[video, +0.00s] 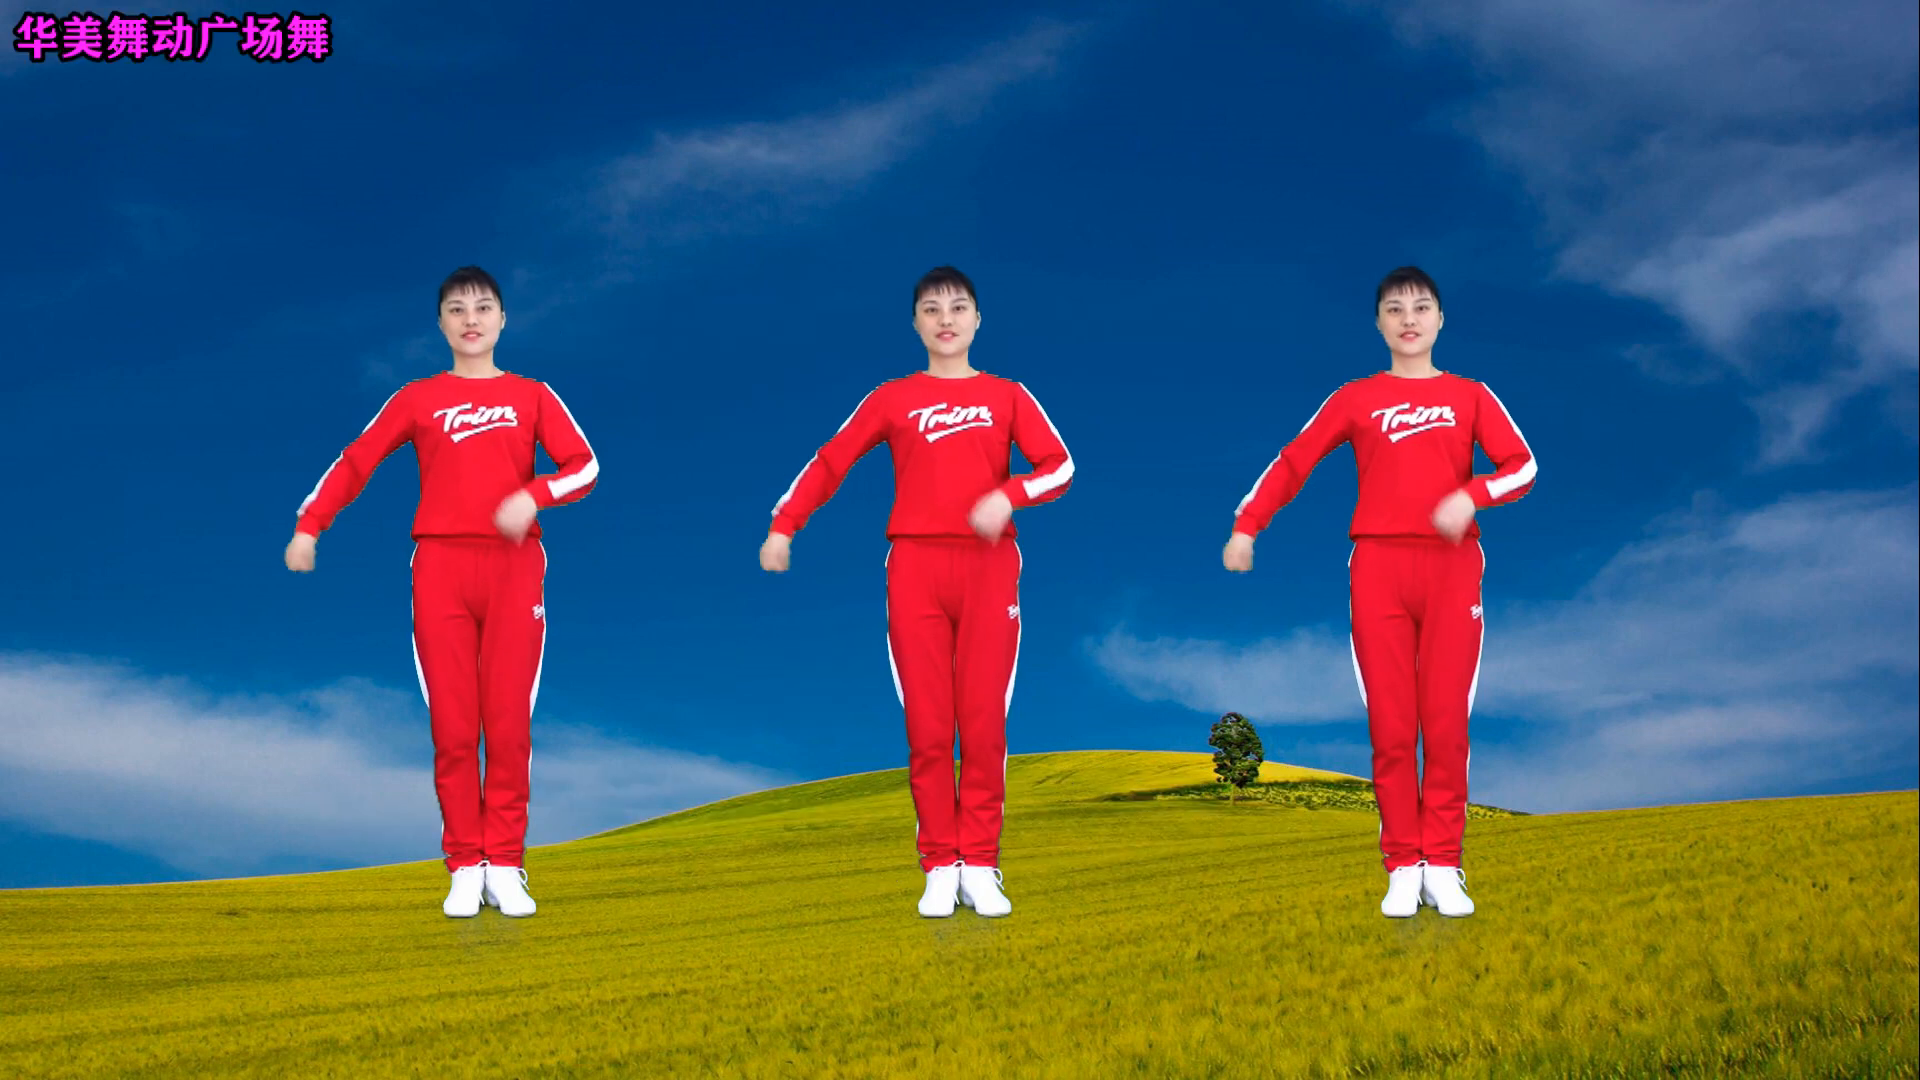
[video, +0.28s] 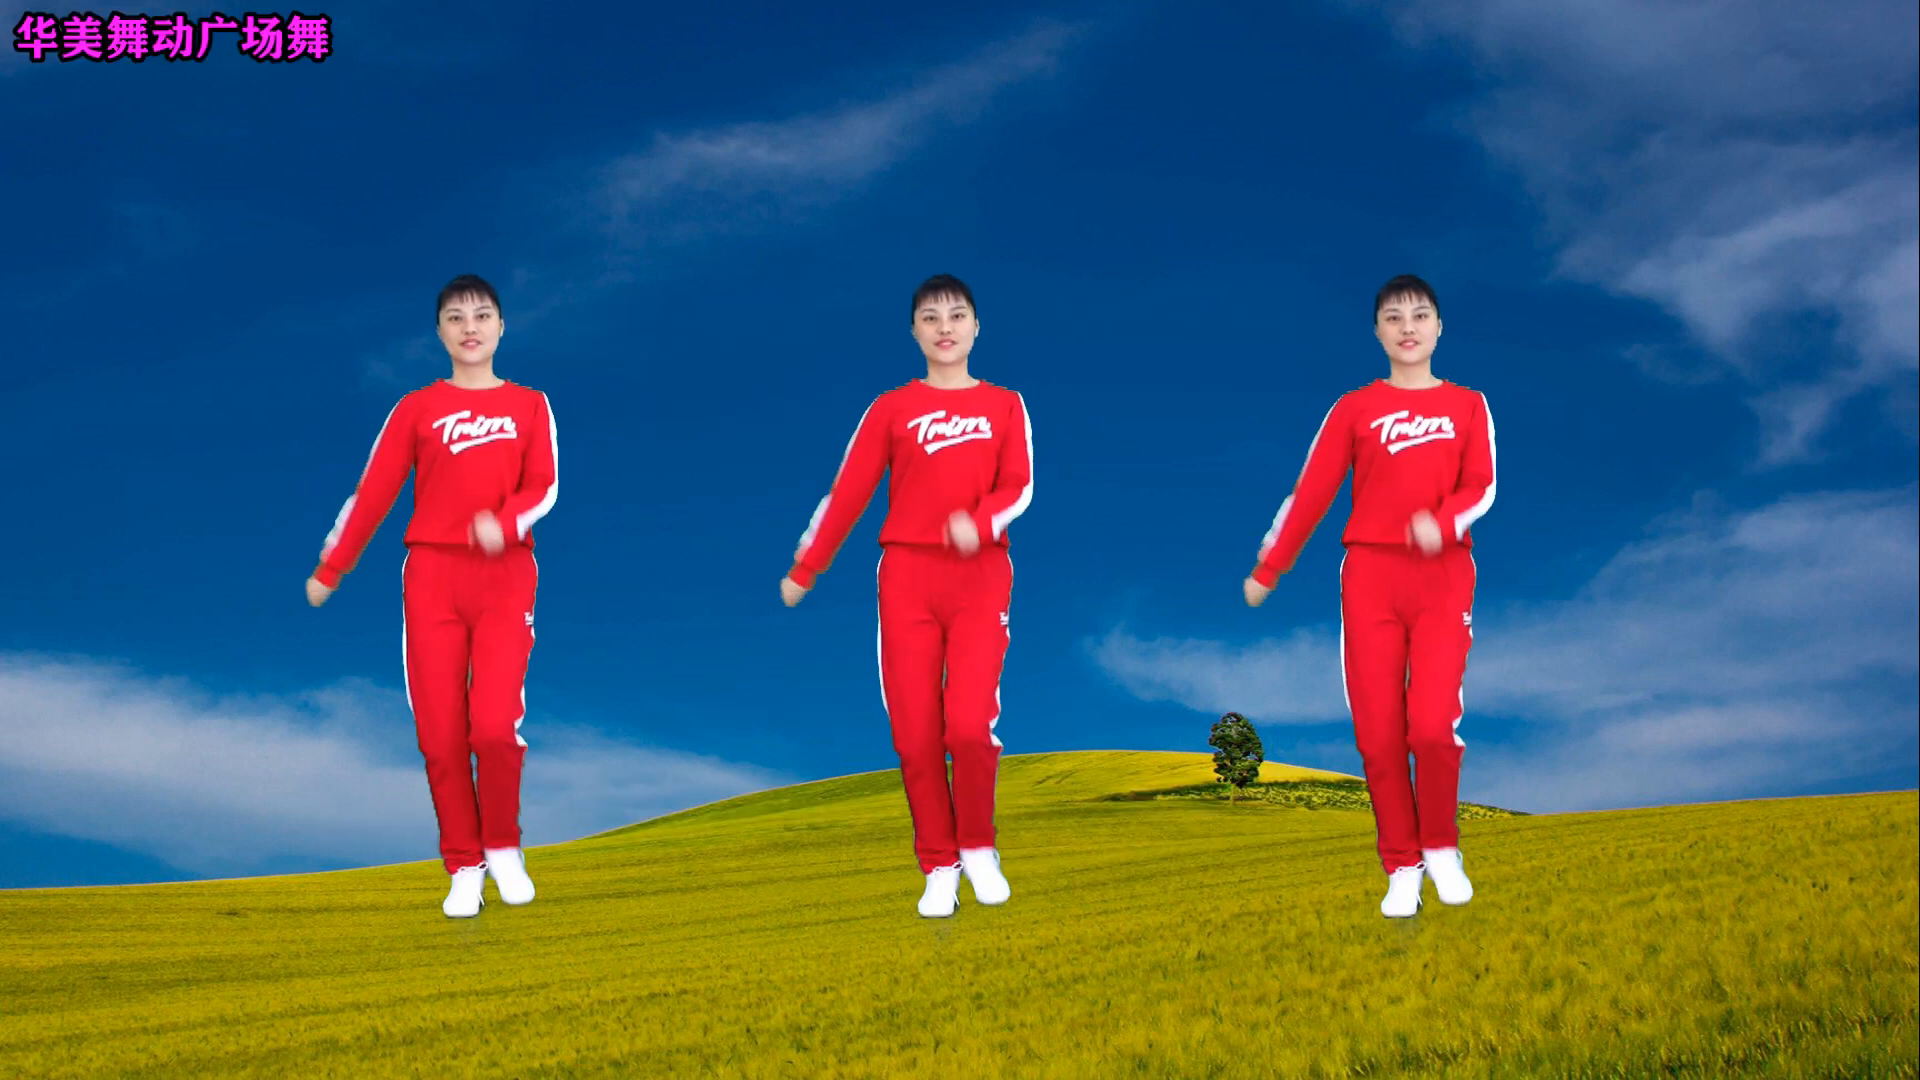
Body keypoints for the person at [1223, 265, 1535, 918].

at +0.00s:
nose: (1409, 319)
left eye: (1420, 308)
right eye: (1397, 310)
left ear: (1439, 318)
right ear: (1381, 323)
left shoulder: (1471, 396)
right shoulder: (1354, 399)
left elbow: (1523, 468)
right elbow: (1293, 462)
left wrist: (1471, 495)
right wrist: (1244, 527)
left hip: (1452, 573)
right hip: (1378, 571)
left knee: (1447, 722)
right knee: (1392, 726)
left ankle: (1443, 865)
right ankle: (1403, 866)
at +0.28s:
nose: (1409, 327)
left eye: (1420, 316)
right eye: (1395, 318)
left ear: (1438, 326)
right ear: (1379, 332)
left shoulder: (1468, 403)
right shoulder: (1353, 408)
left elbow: (1482, 486)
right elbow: (1311, 491)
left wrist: (1445, 520)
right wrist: (1269, 567)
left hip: (1444, 579)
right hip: (1369, 579)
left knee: (1433, 722)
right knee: (1377, 731)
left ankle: (1441, 848)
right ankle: (1401, 866)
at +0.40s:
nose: (1408, 329)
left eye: (1420, 319)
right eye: (1395, 320)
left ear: (1437, 331)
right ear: (1379, 333)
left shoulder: (1467, 409)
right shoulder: (1352, 411)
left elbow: (1480, 503)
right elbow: (1329, 498)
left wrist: (1485, 589)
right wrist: (1352, 565)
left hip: (1442, 581)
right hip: (1369, 583)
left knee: (1418, 714)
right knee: (1370, 731)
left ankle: (1436, 808)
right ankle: (1400, 863)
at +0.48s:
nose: (1409, 315)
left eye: (1421, 305)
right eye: (1396, 306)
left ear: (1438, 317)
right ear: (1379, 318)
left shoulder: (1468, 395)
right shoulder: (1351, 395)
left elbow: (1500, 485)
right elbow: (1316, 475)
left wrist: (1519, 572)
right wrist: (1377, 490)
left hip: (1443, 568)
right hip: (1368, 568)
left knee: (1419, 706)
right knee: (1375, 721)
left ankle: (1437, 809)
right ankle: (1402, 862)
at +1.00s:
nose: (1421, 328)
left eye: (1433, 316)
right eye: (1408, 318)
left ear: (1451, 327)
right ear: (1391, 330)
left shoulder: (1482, 407)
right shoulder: (1366, 412)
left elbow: (1504, 500)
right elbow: (1359, 506)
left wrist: (1515, 586)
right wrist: (1360, 591)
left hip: (1473, 581)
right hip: (1400, 583)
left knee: (1469, 728)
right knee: (1421, 708)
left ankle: (1448, 869)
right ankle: (1413, 812)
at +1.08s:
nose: (1422, 324)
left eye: (1434, 312)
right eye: (1409, 314)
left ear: (1452, 322)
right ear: (1393, 326)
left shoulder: (1484, 401)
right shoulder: (1369, 407)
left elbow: (1505, 484)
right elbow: (1344, 501)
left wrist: (1475, 539)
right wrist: (1326, 589)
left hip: (1474, 573)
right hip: (1398, 574)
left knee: (1472, 723)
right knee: (1428, 699)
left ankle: (1449, 866)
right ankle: (1415, 805)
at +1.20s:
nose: (1422, 304)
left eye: (1433, 294)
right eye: (1409, 295)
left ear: (1452, 303)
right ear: (1393, 308)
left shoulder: (1485, 381)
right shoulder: (1368, 388)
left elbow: (1524, 464)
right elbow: (1317, 464)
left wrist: (1468, 442)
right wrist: (1278, 545)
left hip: (1472, 555)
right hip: (1395, 556)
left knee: (1465, 711)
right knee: (1423, 705)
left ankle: (1452, 861)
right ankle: (1413, 827)